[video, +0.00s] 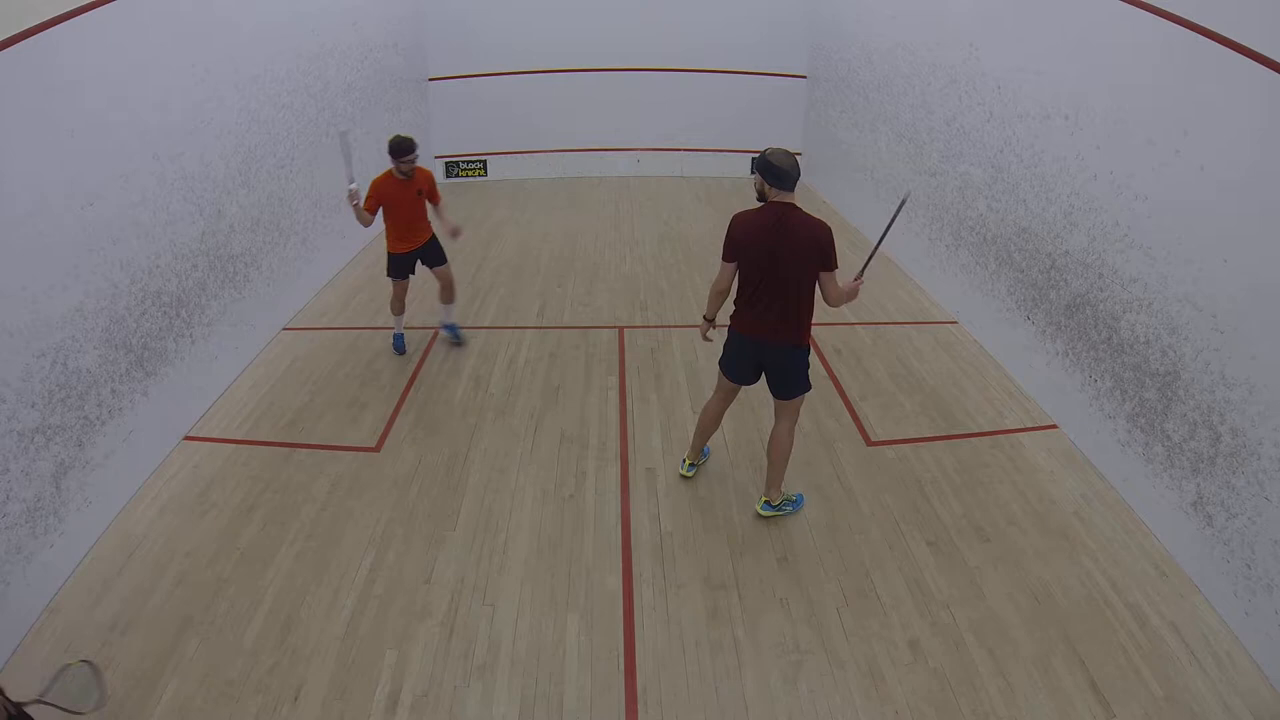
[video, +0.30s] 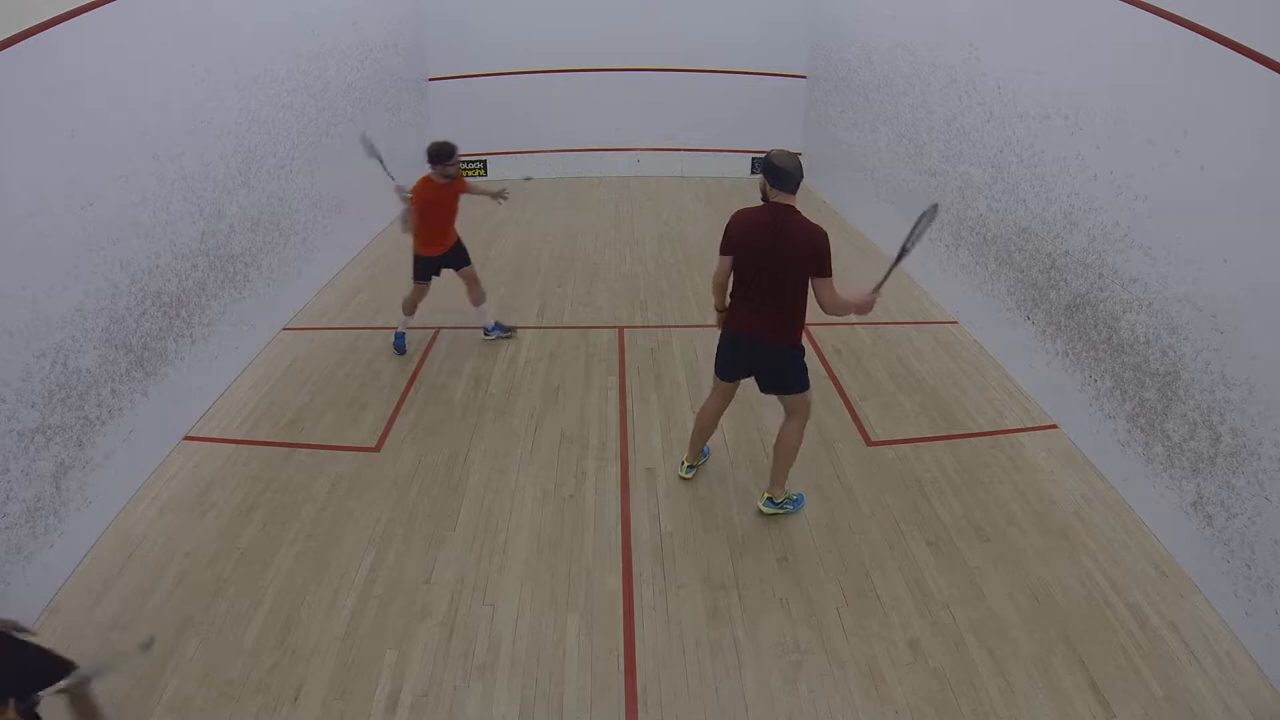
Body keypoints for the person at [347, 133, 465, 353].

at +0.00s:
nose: (411, 166)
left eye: (414, 161)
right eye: (406, 163)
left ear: (416, 157)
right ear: (394, 162)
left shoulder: (424, 177)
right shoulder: (380, 185)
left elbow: (436, 203)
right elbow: (367, 221)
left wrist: (448, 225)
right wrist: (356, 206)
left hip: (426, 239)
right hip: (399, 247)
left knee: (447, 279)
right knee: (399, 294)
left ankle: (448, 323)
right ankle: (398, 332)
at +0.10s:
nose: (422, 166)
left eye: (423, 160)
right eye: (416, 162)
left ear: (425, 157)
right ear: (402, 162)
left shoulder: (430, 176)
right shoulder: (387, 185)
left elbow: (444, 200)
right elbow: (370, 221)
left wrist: (462, 209)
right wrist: (363, 201)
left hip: (430, 240)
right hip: (403, 249)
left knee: (452, 281)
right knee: (402, 294)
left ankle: (463, 323)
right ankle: (399, 332)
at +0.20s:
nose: (438, 166)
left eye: (439, 161)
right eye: (433, 163)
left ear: (439, 159)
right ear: (419, 165)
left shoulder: (441, 176)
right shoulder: (400, 187)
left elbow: (456, 191)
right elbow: (380, 221)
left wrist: (485, 195)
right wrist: (379, 198)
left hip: (439, 242)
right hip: (413, 250)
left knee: (461, 282)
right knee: (408, 293)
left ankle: (483, 323)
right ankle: (399, 332)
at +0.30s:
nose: (457, 168)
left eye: (457, 163)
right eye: (452, 165)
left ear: (455, 162)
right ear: (437, 168)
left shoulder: (456, 182)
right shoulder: (421, 190)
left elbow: (471, 189)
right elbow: (409, 228)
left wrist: (492, 194)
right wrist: (407, 205)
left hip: (451, 243)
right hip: (425, 251)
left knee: (472, 280)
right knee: (419, 293)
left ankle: (489, 326)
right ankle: (401, 330)